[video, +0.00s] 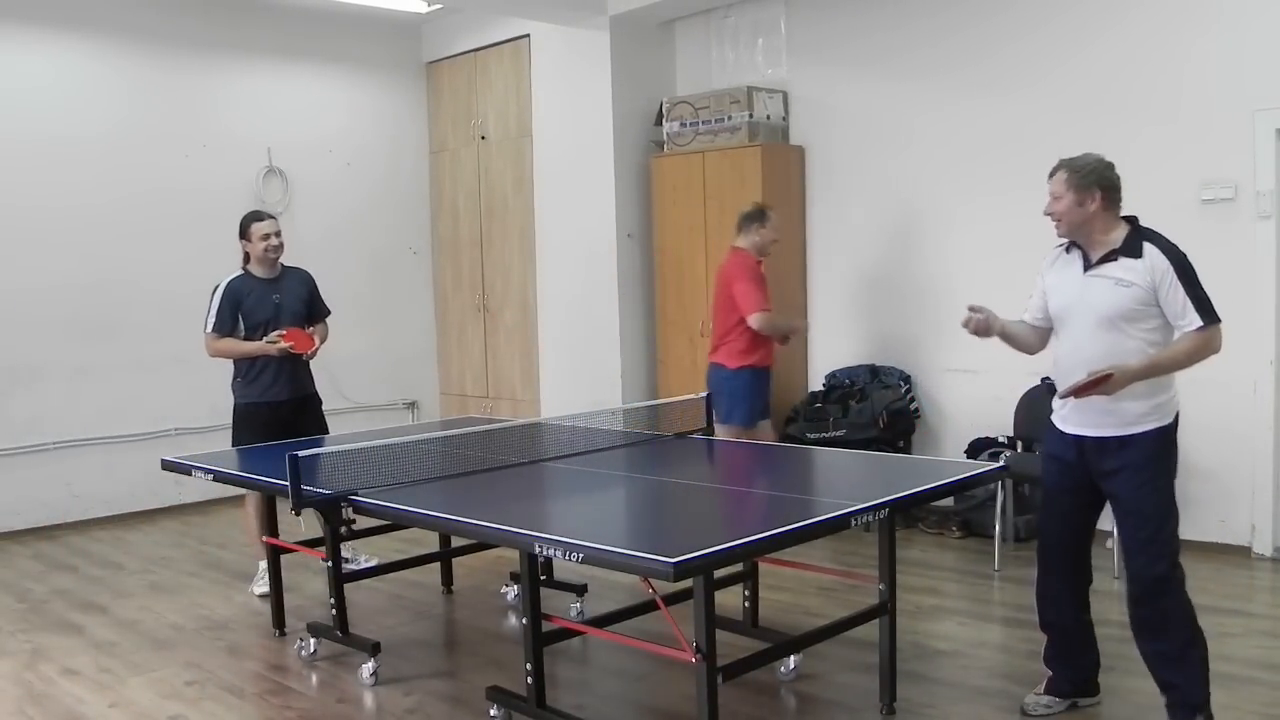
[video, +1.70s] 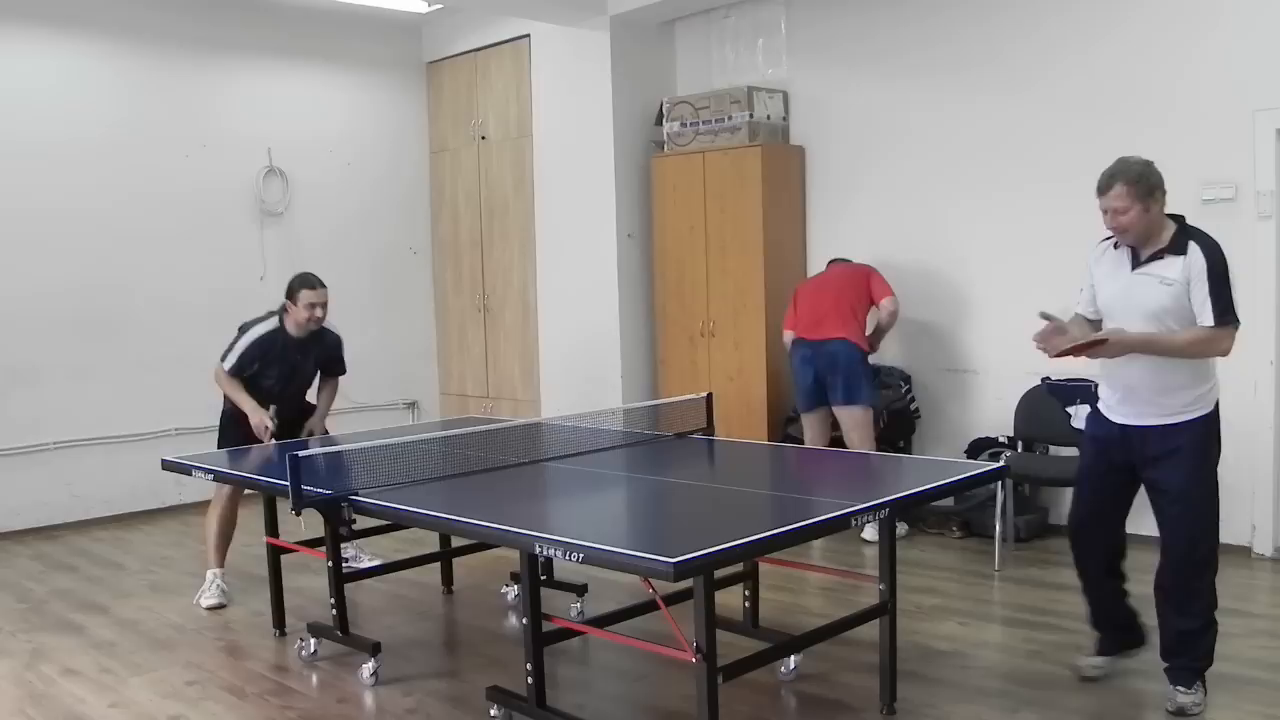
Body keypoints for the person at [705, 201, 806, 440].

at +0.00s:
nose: (777, 238)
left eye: (776, 231)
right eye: (773, 230)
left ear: (755, 231)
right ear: (757, 230)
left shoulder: (748, 263)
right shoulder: (741, 264)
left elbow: (749, 316)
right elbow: (759, 320)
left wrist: (776, 333)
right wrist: (795, 325)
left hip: (752, 371)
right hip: (735, 373)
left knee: (765, 446)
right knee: (732, 454)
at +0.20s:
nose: (811, 244)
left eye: (811, 238)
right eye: (809, 236)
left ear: (792, 233)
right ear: (793, 232)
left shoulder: (781, 266)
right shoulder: (772, 264)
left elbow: (781, 319)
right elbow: (775, 318)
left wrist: (810, 339)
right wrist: (813, 335)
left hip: (786, 371)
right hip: (767, 373)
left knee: (806, 443)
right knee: (761, 453)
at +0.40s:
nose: (834, 238)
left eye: (835, 232)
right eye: (831, 231)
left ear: (814, 227)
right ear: (813, 226)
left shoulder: (809, 262)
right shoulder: (790, 260)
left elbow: (811, 310)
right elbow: (786, 308)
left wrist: (840, 326)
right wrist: (835, 325)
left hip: (809, 364)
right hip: (792, 364)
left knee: (810, 443)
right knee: (807, 444)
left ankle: (808, 517)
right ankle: (800, 519)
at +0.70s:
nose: (866, 252)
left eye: (868, 246)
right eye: (867, 245)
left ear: (846, 233)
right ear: (857, 237)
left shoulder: (832, 262)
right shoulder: (827, 262)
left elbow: (832, 314)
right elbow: (813, 312)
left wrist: (863, 331)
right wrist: (859, 332)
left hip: (817, 366)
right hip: (818, 367)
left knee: (818, 450)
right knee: (835, 452)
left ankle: (822, 526)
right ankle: (835, 531)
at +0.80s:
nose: (874, 253)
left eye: (876, 247)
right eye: (876, 246)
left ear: (850, 232)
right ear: (869, 239)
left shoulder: (826, 259)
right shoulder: (846, 262)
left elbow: (821, 313)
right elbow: (842, 313)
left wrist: (862, 335)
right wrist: (867, 336)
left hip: (808, 364)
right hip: (825, 368)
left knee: (823, 447)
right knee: (841, 451)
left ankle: (820, 524)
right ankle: (836, 532)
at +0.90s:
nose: (877, 249)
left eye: (878, 243)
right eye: (879, 243)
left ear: (849, 230)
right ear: (874, 238)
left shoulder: (824, 257)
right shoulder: (856, 261)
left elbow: (828, 310)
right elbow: (875, 309)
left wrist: (861, 335)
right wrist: (884, 333)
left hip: (806, 360)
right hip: (830, 365)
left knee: (822, 445)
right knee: (844, 449)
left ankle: (816, 523)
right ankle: (837, 531)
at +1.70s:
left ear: (825, 270)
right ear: (853, 266)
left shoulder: (803, 286)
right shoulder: (865, 272)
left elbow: (788, 338)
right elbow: (889, 308)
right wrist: (874, 339)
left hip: (803, 355)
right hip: (845, 352)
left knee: (814, 445)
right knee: (861, 446)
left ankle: (812, 519)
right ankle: (872, 519)